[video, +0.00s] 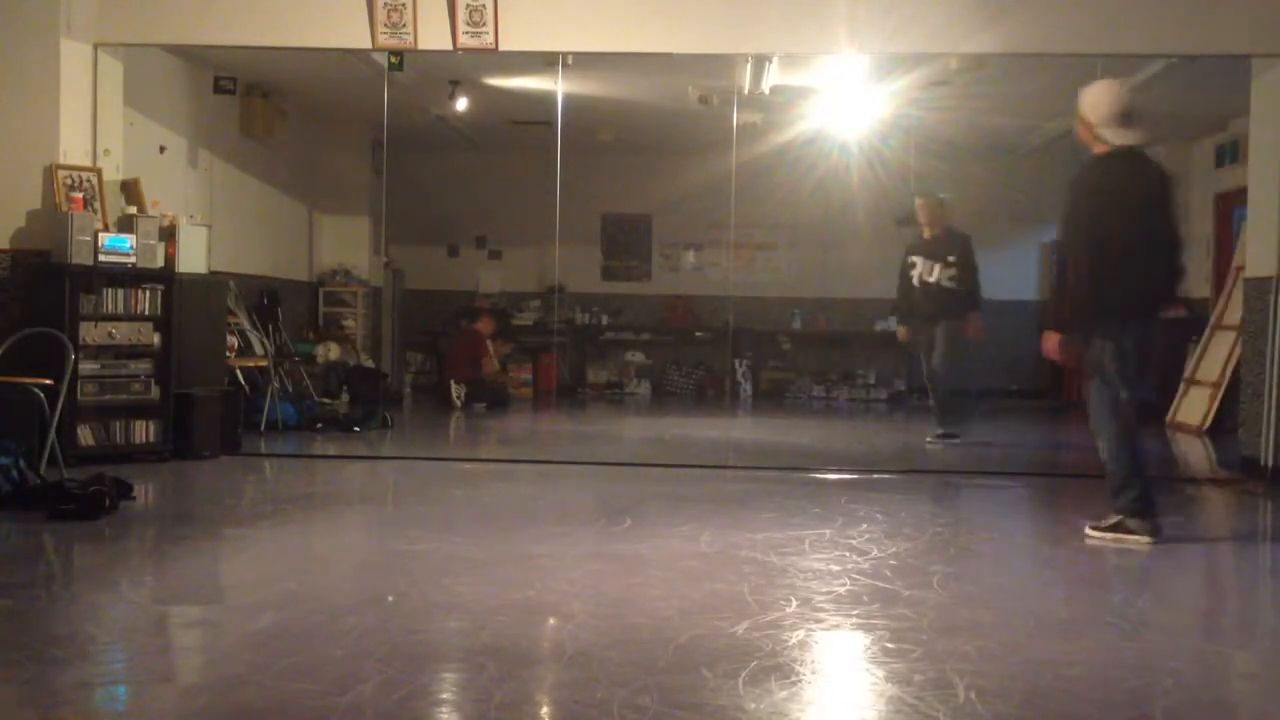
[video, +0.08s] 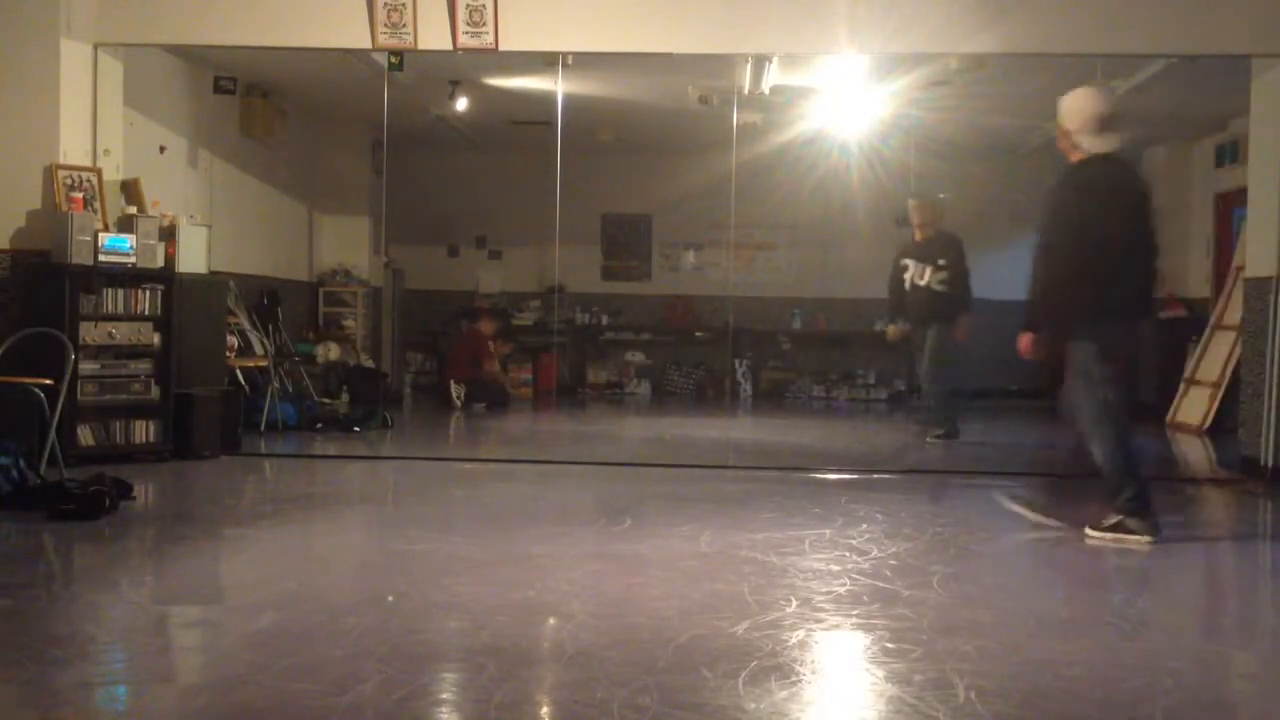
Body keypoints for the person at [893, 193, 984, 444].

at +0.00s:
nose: (923, 214)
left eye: (928, 208)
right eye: (919, 209)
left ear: (941, 210)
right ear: (916, 213)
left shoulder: (960, 243)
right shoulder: (913, 247)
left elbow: (971, 281)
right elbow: (904, 286)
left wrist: (974, 314)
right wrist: (902, 321)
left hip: (950, 314)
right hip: (921, 315)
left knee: (941, 367)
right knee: (930, 369)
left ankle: (949, 424)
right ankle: (942, 425)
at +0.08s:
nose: (917, 217)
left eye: (922, 210)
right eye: (913, 211)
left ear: (935, 213)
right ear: (909, 216)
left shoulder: (950, 244)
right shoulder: (906, 250)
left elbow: (961, 282)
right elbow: (896, 287)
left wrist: (964, 315)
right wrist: (894, 320)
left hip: (943, 316)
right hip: (918, 318)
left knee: (931, 369)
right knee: (924, 370)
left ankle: (945, 424)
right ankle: (938, 421)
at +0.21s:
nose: (905, 222)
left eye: (910, 217)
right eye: (901, 217)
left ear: (922, 219)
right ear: (897, 220)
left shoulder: (935, 247)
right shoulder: (892, 253)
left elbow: (944, 287)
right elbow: (881, 291)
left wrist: (945, 322)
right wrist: (881, 324)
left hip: (926, 318)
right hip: (903, 319)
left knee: (906, 367)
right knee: (920, 374)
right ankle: (946, 423)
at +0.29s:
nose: (891, 219)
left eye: (896, 214)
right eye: (889, 214)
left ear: (910, 217)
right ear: (886, 218)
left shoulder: (925, 249)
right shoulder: (882, 253)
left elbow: (932, 290)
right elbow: (873, 293)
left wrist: (932, 324)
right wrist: (874, 327)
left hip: (911, 321)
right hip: (887, 321)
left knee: (887, 369)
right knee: (913, 375)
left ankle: (877, 425)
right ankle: (941, 418)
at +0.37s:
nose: (884, 220)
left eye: (889, 214)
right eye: (881, 214)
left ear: (900, 216)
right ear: (876, 217)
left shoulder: (912, 249)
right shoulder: (871, 254)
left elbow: (917, 290)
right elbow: (866, 294)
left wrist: (918, 324)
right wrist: (865, 326)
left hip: (902, 320)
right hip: (878, 320)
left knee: (875, 367)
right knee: (903, 371)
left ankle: (873, 426)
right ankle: (929, 404)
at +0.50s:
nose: (870, 219)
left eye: (875, 213)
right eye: (867, 213)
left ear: (885, 216)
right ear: (862, 216)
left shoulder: (892, 245)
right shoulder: (856, 248)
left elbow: (895, 285)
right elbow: (847, 286)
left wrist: (892, 320)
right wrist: (843, 317)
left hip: (879, 317)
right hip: (857, 316)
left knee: (867, 371)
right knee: (848, 369)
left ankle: (870, 427)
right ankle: (890, 400)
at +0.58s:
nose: (860, 214)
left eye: (864, 208)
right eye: (857, 208)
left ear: (874, 210)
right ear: (852, 211)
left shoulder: (881, 241)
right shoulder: (845, 243)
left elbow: (880, 281)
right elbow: (838, 283)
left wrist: (874, 314)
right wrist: (829, 310)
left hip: (868, 313)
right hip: (844, 313)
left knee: (866, 367)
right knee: (834, 364)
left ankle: (871, 425)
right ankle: (859, 419)